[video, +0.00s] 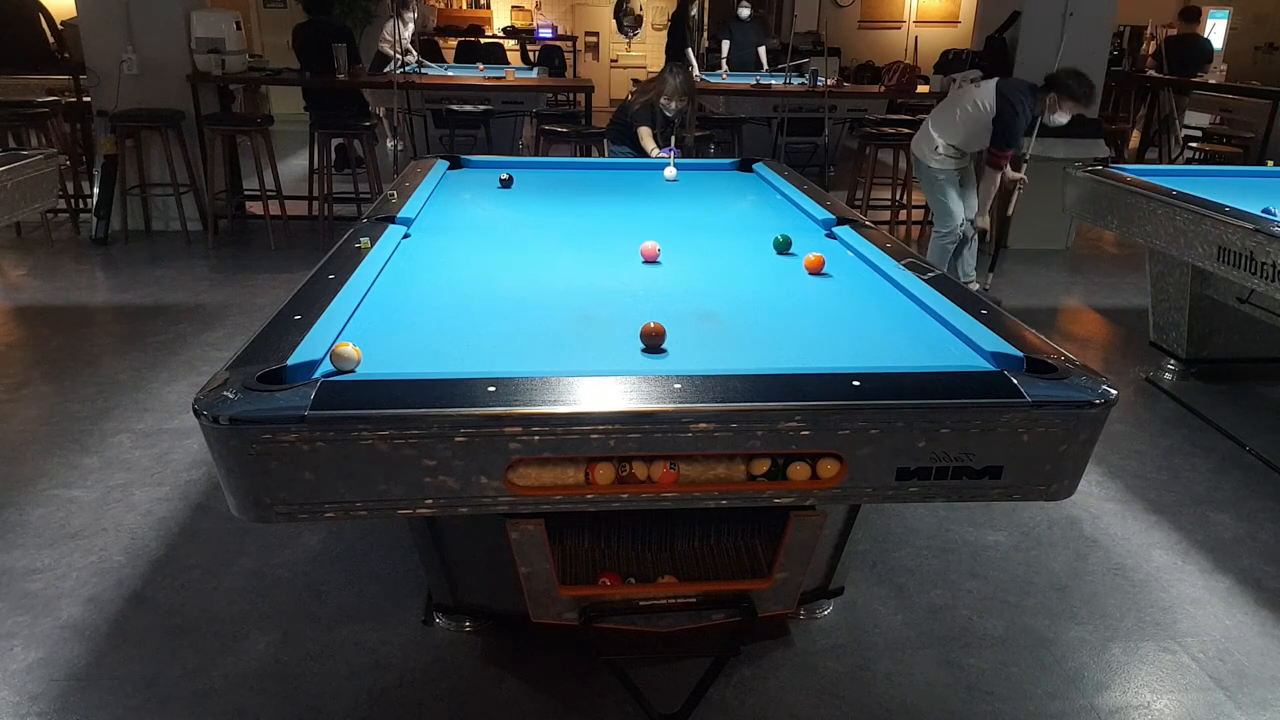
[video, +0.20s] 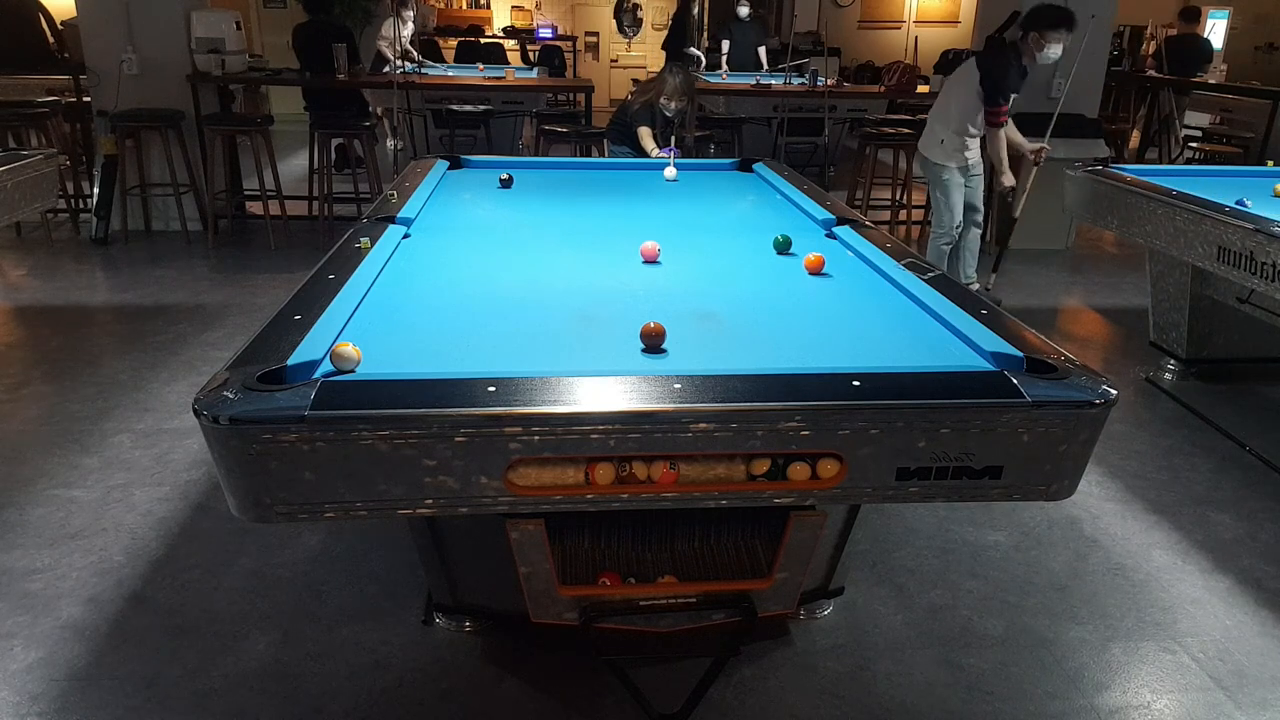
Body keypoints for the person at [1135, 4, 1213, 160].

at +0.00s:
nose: (1177, 24)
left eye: (1178, 21)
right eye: (1178, 21)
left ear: (1180, 21)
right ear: (1198, 22)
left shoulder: (1169, 41)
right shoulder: (1206, 44)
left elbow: (1150, 64)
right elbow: (1205, 70)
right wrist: (1189, 66)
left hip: (1163, 90)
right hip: (1185, 92)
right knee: (1175, 126)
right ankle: (1170, 160)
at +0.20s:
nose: (1176, 24)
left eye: (1177, 21)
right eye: (1178, 21)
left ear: (1179, 21)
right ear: (1198, 22)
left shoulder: (1169, 41)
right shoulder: (1205, 44)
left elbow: (1150, 64)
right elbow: (1205, 70)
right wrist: (1188, 65)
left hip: (1164, 91)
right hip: (1185, 92)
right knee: (1175, 126)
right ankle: (1170, 160)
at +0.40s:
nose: (1176, 24)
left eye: (1177, 21)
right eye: (1177, 21)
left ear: (1179, 21)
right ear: (1198, 22)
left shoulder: (1169, 41)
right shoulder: (1205, 44)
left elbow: (1150, 64)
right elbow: (1205, 70)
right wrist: (1188, 66)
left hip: (1163, 91)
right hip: (1185, 92)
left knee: (1144, 124)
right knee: (1175, 128)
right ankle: (1170, 162)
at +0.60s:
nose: (1176, 24)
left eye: (1177, 21)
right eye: (1177, 21)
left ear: (1179, 21)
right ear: (1198, 22)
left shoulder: (1169, 41)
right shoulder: (1205, 44)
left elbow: (1150, 64)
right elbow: (1205, 70)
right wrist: (1188, 66)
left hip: (1164, 91)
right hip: (1185, 92)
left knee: (1145, 124)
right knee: (1175, 128)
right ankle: (1170, 162)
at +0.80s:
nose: (1176, 24)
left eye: (1177, 21)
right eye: (1177, 21)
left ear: (1179, 21)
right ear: (1197, 22)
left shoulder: (1169, 41)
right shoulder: (1205, 44)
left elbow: (1150, 64)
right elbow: (1205, 70)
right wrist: (1188, 66)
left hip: (1164, 91)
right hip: (1185, 92)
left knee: (1145, 124)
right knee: (1175, 128)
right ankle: (1170, 162)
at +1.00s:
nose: (1176, 24)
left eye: (1176, 21)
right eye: (1177, 21)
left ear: (1178, 21)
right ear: (1197, 22)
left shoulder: (1169, 41)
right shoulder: (1205, 44)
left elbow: (1150, 64)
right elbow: (1205, 70)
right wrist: (1188, 66)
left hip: (1164, 90)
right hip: (1185, 91)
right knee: (1176, 125)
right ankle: (1171, 159)